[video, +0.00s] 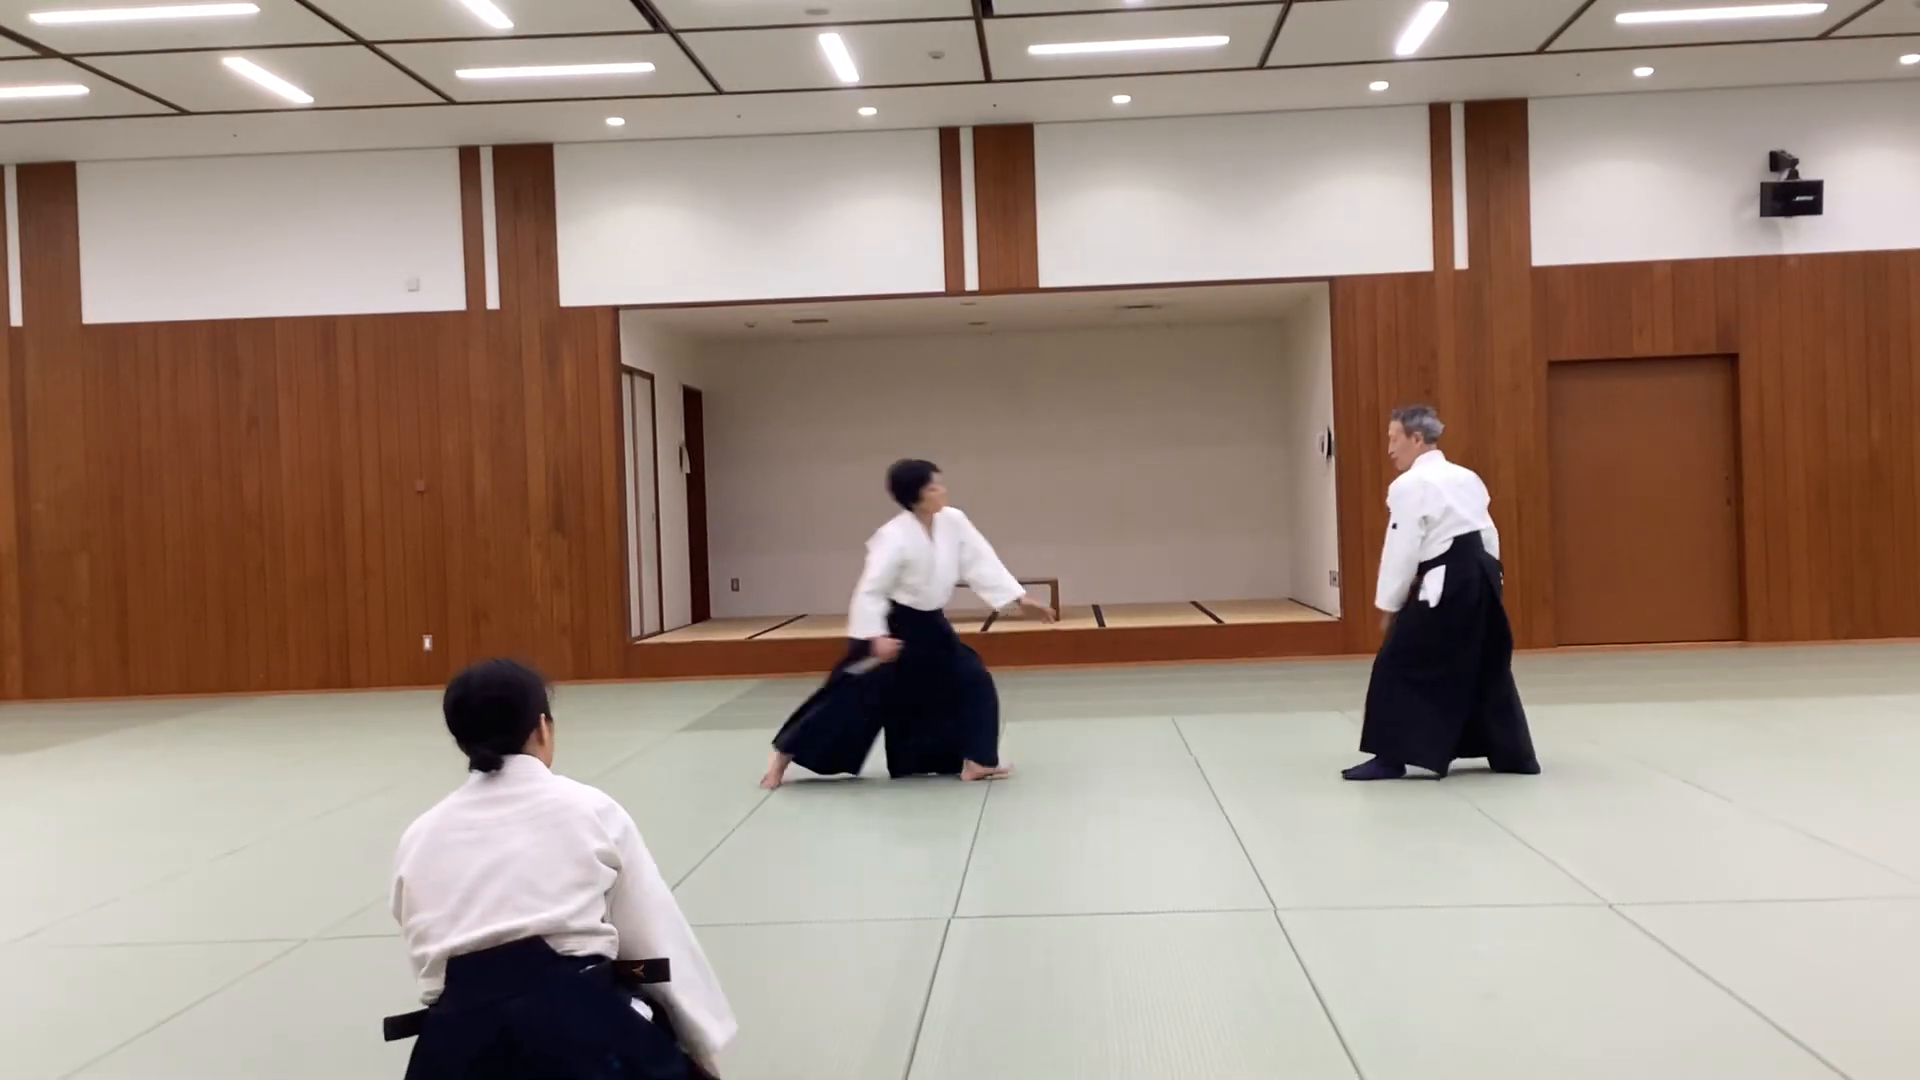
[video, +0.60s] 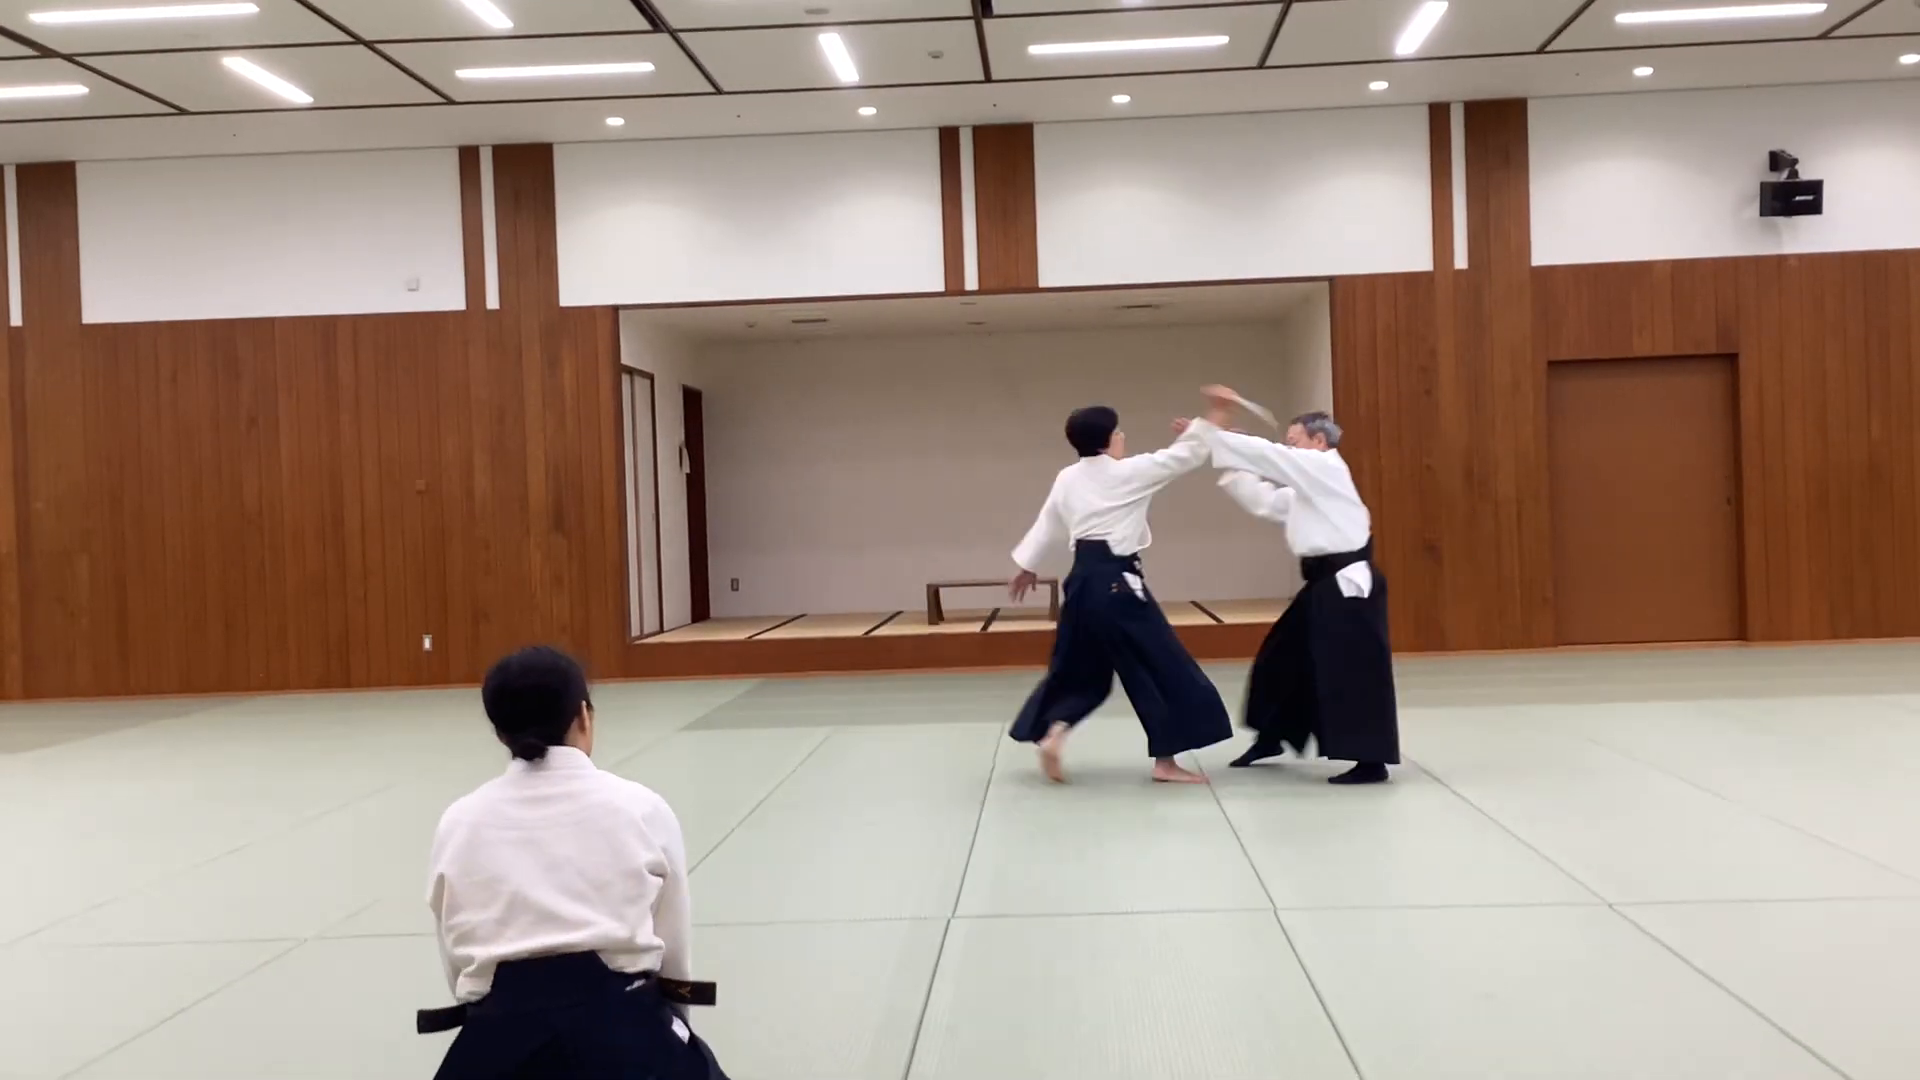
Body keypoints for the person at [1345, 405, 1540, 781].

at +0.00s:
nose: (1389, 448)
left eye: (1394, 439)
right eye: (1388, 439)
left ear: (1417, 439)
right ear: (1426, 440)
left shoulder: (1409, 485)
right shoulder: (1468, 477)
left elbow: (1401, 552)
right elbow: (1488, 534)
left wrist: (1388, 604)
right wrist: (1490, 576)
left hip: (1445, 581)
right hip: (1484, 577)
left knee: (1394, 663)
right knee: (1488, 663)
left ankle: (1388, 758)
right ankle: (1516, 754)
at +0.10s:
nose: (1377, 452)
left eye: (1382, 443)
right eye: (1377, 444)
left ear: (1405, 443)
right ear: (1417, 444)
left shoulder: (1396, 487)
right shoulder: (1456, 479)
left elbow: (1385, 550)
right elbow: (1480, 531)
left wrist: (1366, 600)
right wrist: (1479, 574)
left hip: (1436, 582)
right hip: (1477, 577)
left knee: (1383, 662)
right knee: (1482, 663)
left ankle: (1376, 759)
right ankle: (1515, 754)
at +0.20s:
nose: (1360, 455)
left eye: (1363, 446)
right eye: (1359, 447)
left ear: (1386, 445)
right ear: (1397, 446)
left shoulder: (1377, 489)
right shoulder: (1433, 478)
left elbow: (1351, 543)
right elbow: (1463, 515)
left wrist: (1316, 574)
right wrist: (1434, 549)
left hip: (1415, 587)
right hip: (1451, 582)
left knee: (1366, 666)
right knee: (1469, 666)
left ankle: (1372, 761)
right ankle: (1516, 752)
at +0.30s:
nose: (1340, 456)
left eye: (1345, 447)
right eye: (1340, 448)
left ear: (1367, 445)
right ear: (1375, 447)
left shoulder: (1359, 481)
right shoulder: (1415, 481)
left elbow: (1313, 511)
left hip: (1392, 584)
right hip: (1424, 579)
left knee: (1357, 668)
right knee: (1433, 669)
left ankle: (1375, 760)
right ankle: (1493, 733)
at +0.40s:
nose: (1321, 451)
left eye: (1326, 444)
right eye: (1322, 444)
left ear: (1351, 444)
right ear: (1353, 446)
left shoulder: (1356, 473)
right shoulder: (1370, 468)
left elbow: (1299, 483)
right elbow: (1308, 478)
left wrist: (1241, 481)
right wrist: (1256, 477)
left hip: (1377, 581)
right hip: (1392, 576)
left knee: (1358, 670)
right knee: (1397, 664)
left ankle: (1375, 762)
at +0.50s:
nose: (1306, 447)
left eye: (1312, 440)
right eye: (1306, 440)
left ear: (1334, 440)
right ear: (1333, 440)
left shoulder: (1342, 465)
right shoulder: (1329, 464)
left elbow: (1284, 463)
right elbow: (1309, 475)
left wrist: (1222, 456)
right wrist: (1293, 454)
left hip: (1369, 580)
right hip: (1348, 579)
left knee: (1363, 671)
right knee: (1316, 661)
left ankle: (1371, 763)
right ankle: (1336, 748)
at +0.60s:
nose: (1286, 447)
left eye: (1293, 440)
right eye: (1286, 441)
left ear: (1319, 441)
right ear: (1312, 441)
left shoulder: (1327, 467)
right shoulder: (1303, 490)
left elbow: (1262, 453)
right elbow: (1261, 497)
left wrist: (1204, 433)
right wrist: (1221, 460)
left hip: (1349, 582)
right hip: (1322, 584)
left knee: (1358, 670)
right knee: (1280, 653)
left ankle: (1372, 761)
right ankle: (1270, 736)